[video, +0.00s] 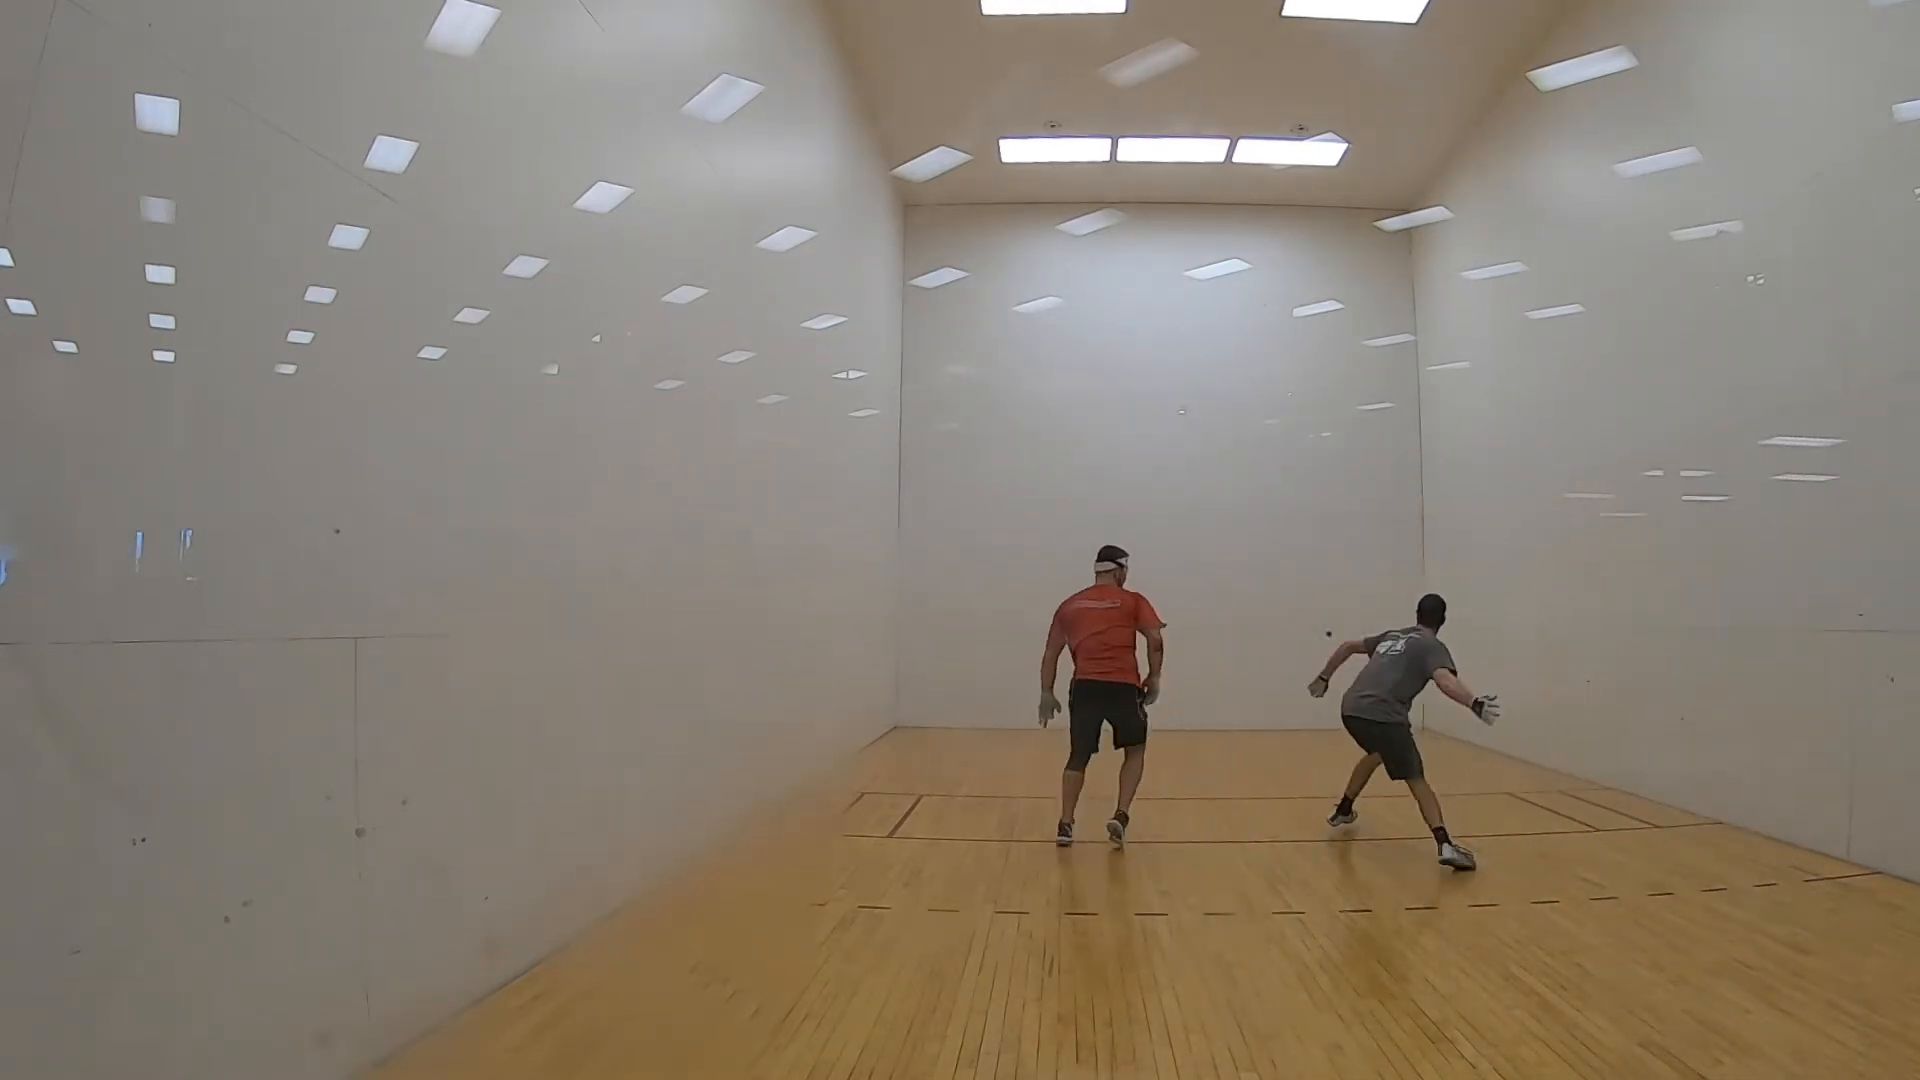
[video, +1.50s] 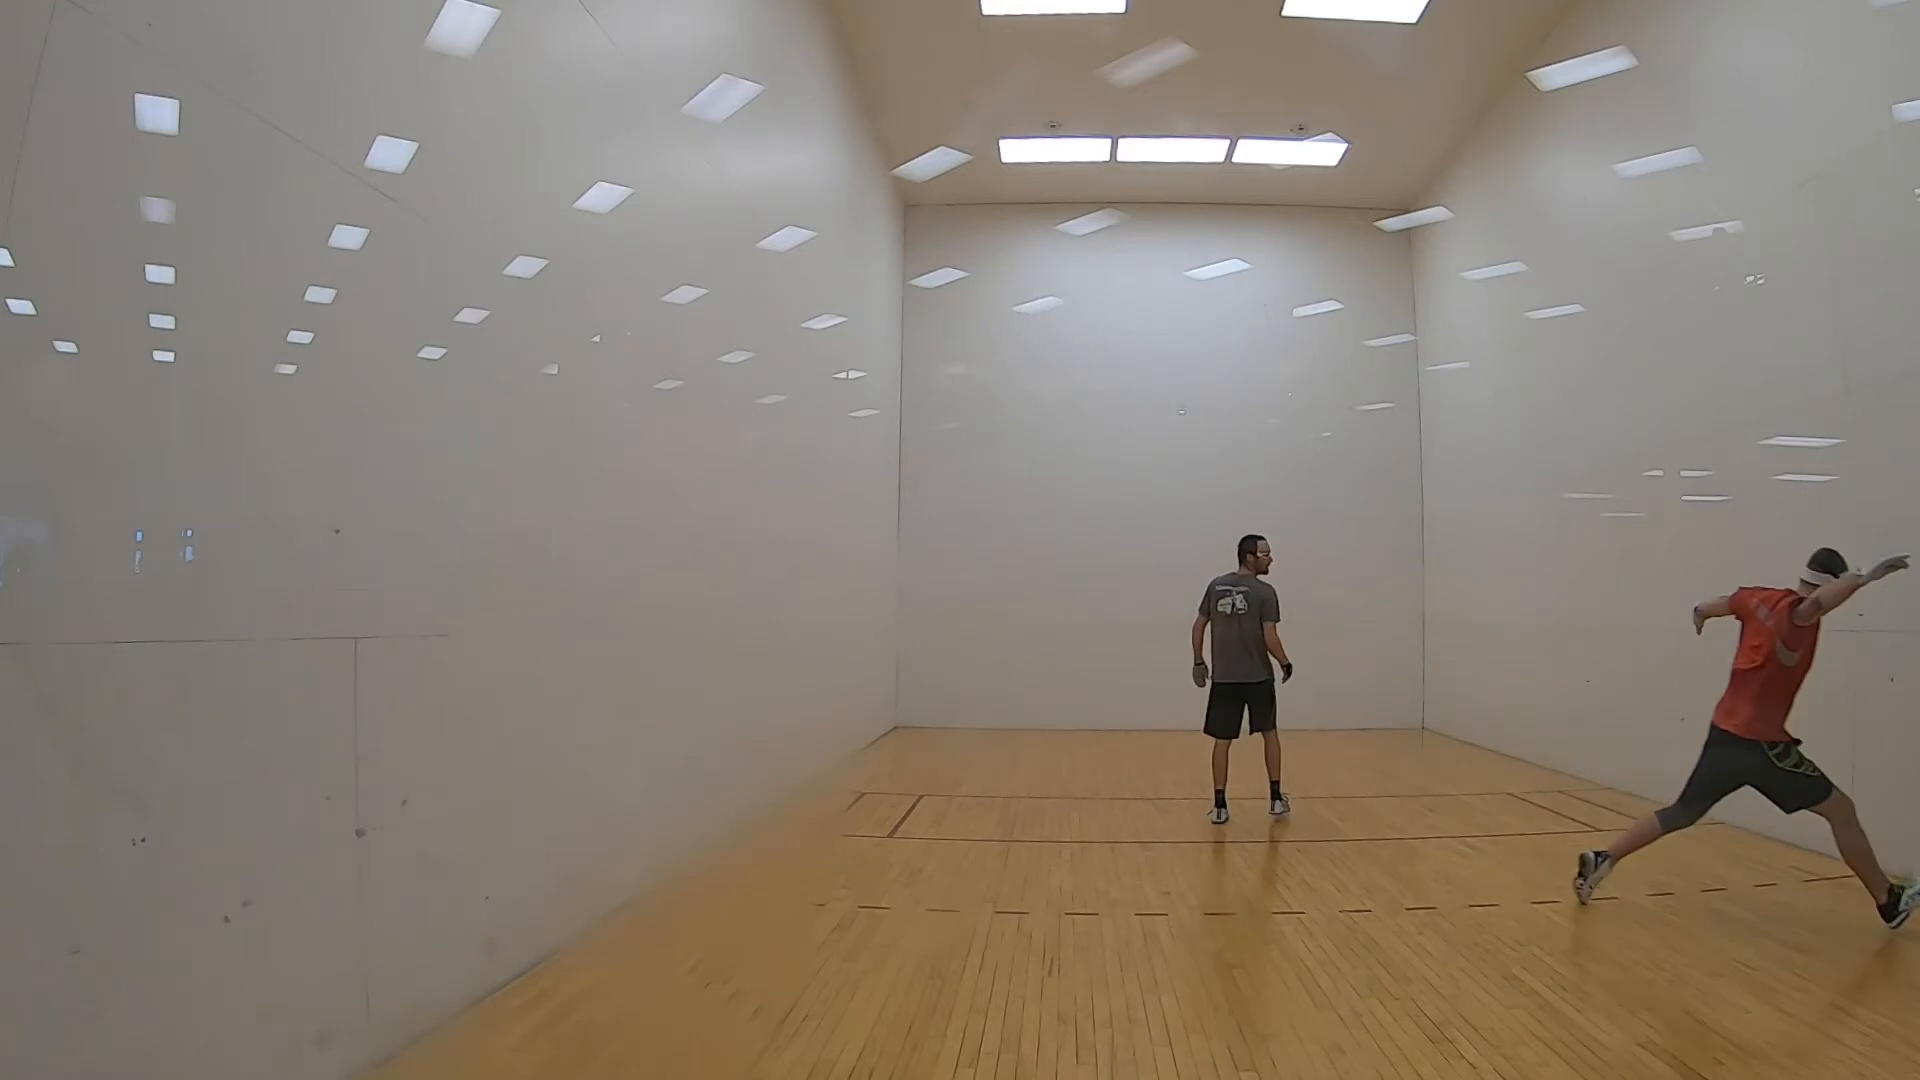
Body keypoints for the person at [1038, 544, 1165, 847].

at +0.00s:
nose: (1127, 576)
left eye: (1126, 572)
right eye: (1126, 572)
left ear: (1096, 572)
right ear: (1121, 573)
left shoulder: (1069, 605)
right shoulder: (1133, 601)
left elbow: (1051, 653)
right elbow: (1155, 639)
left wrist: (1046, 692)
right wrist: (1154, 676)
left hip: (1084, 691)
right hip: (1123, 692)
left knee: (1078, 757)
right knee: (1134, 751)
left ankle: (1066, 823)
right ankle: (1121, 815)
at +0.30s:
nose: (1158, 563)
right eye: (1161, 558)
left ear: (1129, 559)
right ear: (1160, 558)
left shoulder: (1103, 596)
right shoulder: (1171, 597)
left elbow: (1082, 644)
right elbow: (1198, 641)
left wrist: (1074, 684)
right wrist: (1192, 659)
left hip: (1107, 699)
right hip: (1148, 702)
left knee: (1088, 763)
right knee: (1154, 775)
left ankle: (1066, 823)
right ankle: (1132, 846)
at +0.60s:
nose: (1218, 567)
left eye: (1209, 560)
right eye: (1222, 563)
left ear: (1191, 561)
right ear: (1223, 564)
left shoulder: (1164, 599)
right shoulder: (1233, 601)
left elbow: (1137, 650)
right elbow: (1249, 649)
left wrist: (1144, 695)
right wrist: (1252, 687)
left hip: (1166, 704)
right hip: (1211, 707)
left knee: (1155, 783)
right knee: (1231, 782)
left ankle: (1127, 857)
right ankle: (1206, 859)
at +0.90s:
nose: (1385, 580)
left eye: (1380, 573)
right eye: (1386, 575)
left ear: (1352, 571)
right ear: (1384, 577)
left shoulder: (1323, 606)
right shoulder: (1372, 621)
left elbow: (1307, 656)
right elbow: (1394, 683)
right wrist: (1420, 716)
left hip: (1291, 716)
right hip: (1323, 727)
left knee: (1286, 797)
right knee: (1341, 814)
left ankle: (1225, 841)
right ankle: (1270, 879)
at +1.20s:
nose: (1583, 589)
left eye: (1582, 582)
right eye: (1584, 583)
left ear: (1549, 579)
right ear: (1579, 583)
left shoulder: (1520, 615)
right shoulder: (1569, 624)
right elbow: (1578, 688)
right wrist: (1596, 728)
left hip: (1504, 729)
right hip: (1522, 735)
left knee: (1550, 797)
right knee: (1545, 824)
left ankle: (1514, 878)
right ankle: (1454, 847)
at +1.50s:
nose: (1826, 597)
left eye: (1829, 590)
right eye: (1828, 589)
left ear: (1800, 575)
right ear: (1823, 585)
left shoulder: (1757, 597)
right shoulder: (1802, 615)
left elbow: (1714, 607)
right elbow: (1816, 604)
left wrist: (1699, 612)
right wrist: (1864, 578)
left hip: (1722, 742)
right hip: (1765, 749)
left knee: (1681, 813)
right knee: (1840, 810)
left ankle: (1602, 860)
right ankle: (1887, 901)